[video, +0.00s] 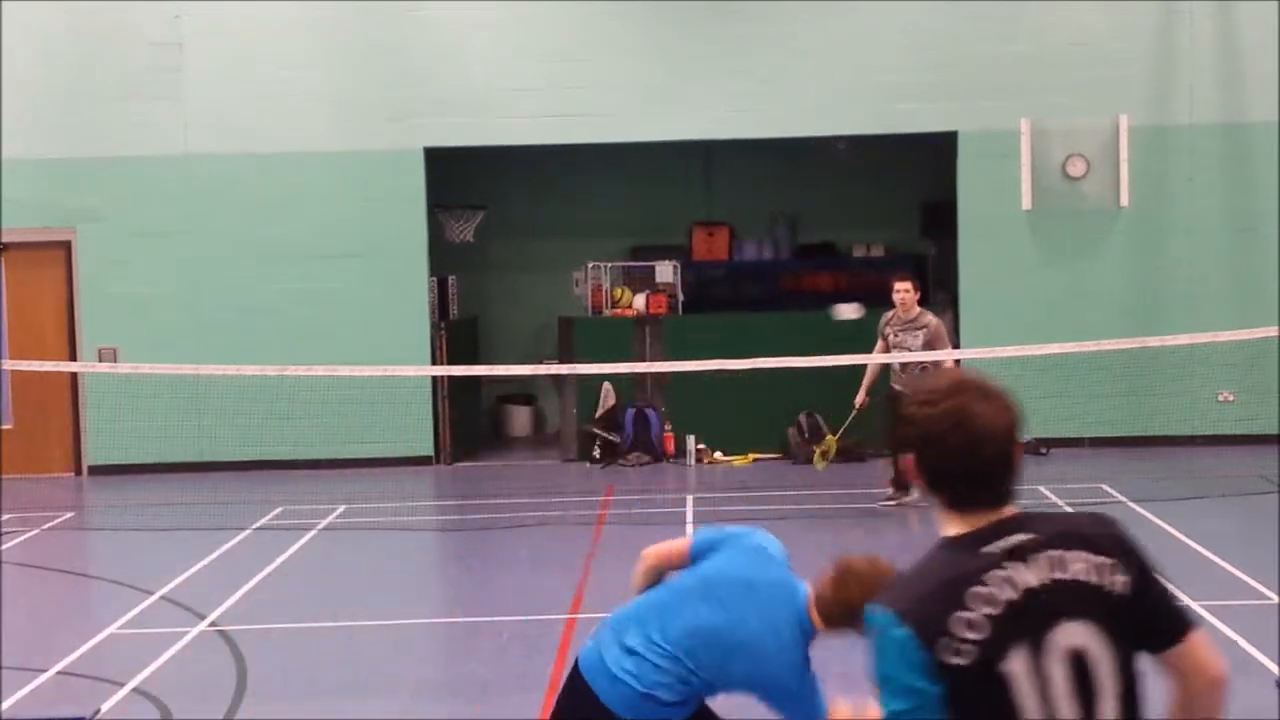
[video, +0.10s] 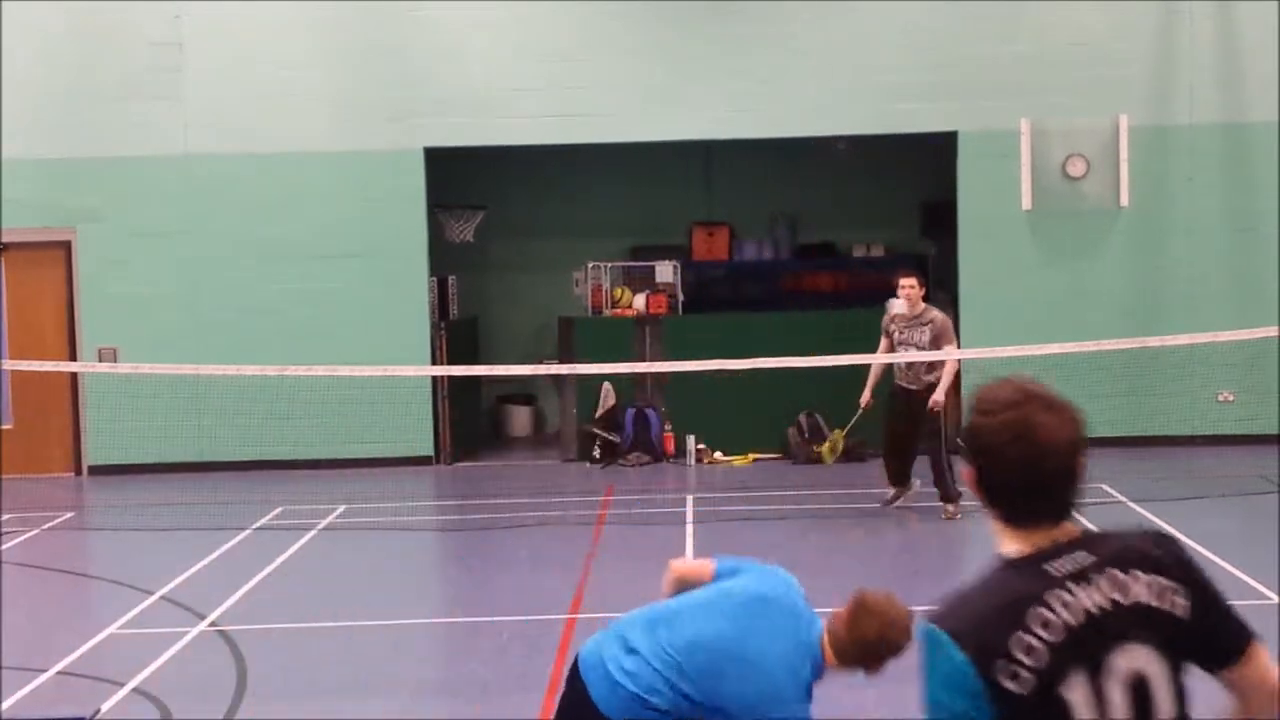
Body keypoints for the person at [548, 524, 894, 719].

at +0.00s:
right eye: (871, 622)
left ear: (832, 570)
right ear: (856, 626)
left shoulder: (757, 546)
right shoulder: (790, 676)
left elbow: (652, 557)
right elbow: (821, 714)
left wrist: (641, 617)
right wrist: (848, 713)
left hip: (592, 666)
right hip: (640, 706)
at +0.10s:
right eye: (884, 658)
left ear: (844, 606)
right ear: (871, 667)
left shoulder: (777, 583)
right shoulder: (786, 705)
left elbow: (680, 570)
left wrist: (675, 626)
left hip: (594, 657)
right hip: (617, 707)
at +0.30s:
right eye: (861, 684)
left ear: (823, 623)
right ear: (846, 693)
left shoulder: (763, 607)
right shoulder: (753, 709)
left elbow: (698, 585)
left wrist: (707, 637)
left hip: (575, 671)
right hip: (590, 708)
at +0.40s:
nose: (823, 672)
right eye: (827, 668)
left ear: (791, 610)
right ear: (816, 673)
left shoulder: (738, 600)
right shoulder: (721, 704)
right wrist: (749, 711)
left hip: (562, 693)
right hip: (580, 716)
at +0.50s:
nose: (798, 654)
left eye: (805, 646)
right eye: (804, 646)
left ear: (761, 597)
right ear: (786, 642)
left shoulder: (711, 592)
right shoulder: (693, 689)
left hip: (559, 694)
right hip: (569, 715)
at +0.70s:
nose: (806, 677)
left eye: (814, 666)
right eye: (810, 663)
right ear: (779, 642)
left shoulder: (715, 588)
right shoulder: (697, 697)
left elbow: (629, 577)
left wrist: (598, 638)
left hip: (567, 696)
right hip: (576, 714)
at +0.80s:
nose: (831, 714)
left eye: (836, 705)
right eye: (830, 704)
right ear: (796, 682)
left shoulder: (751, 607)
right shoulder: (716, 706)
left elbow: (658, 572)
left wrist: (601, 614)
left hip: (586, 701)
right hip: (592, 713)